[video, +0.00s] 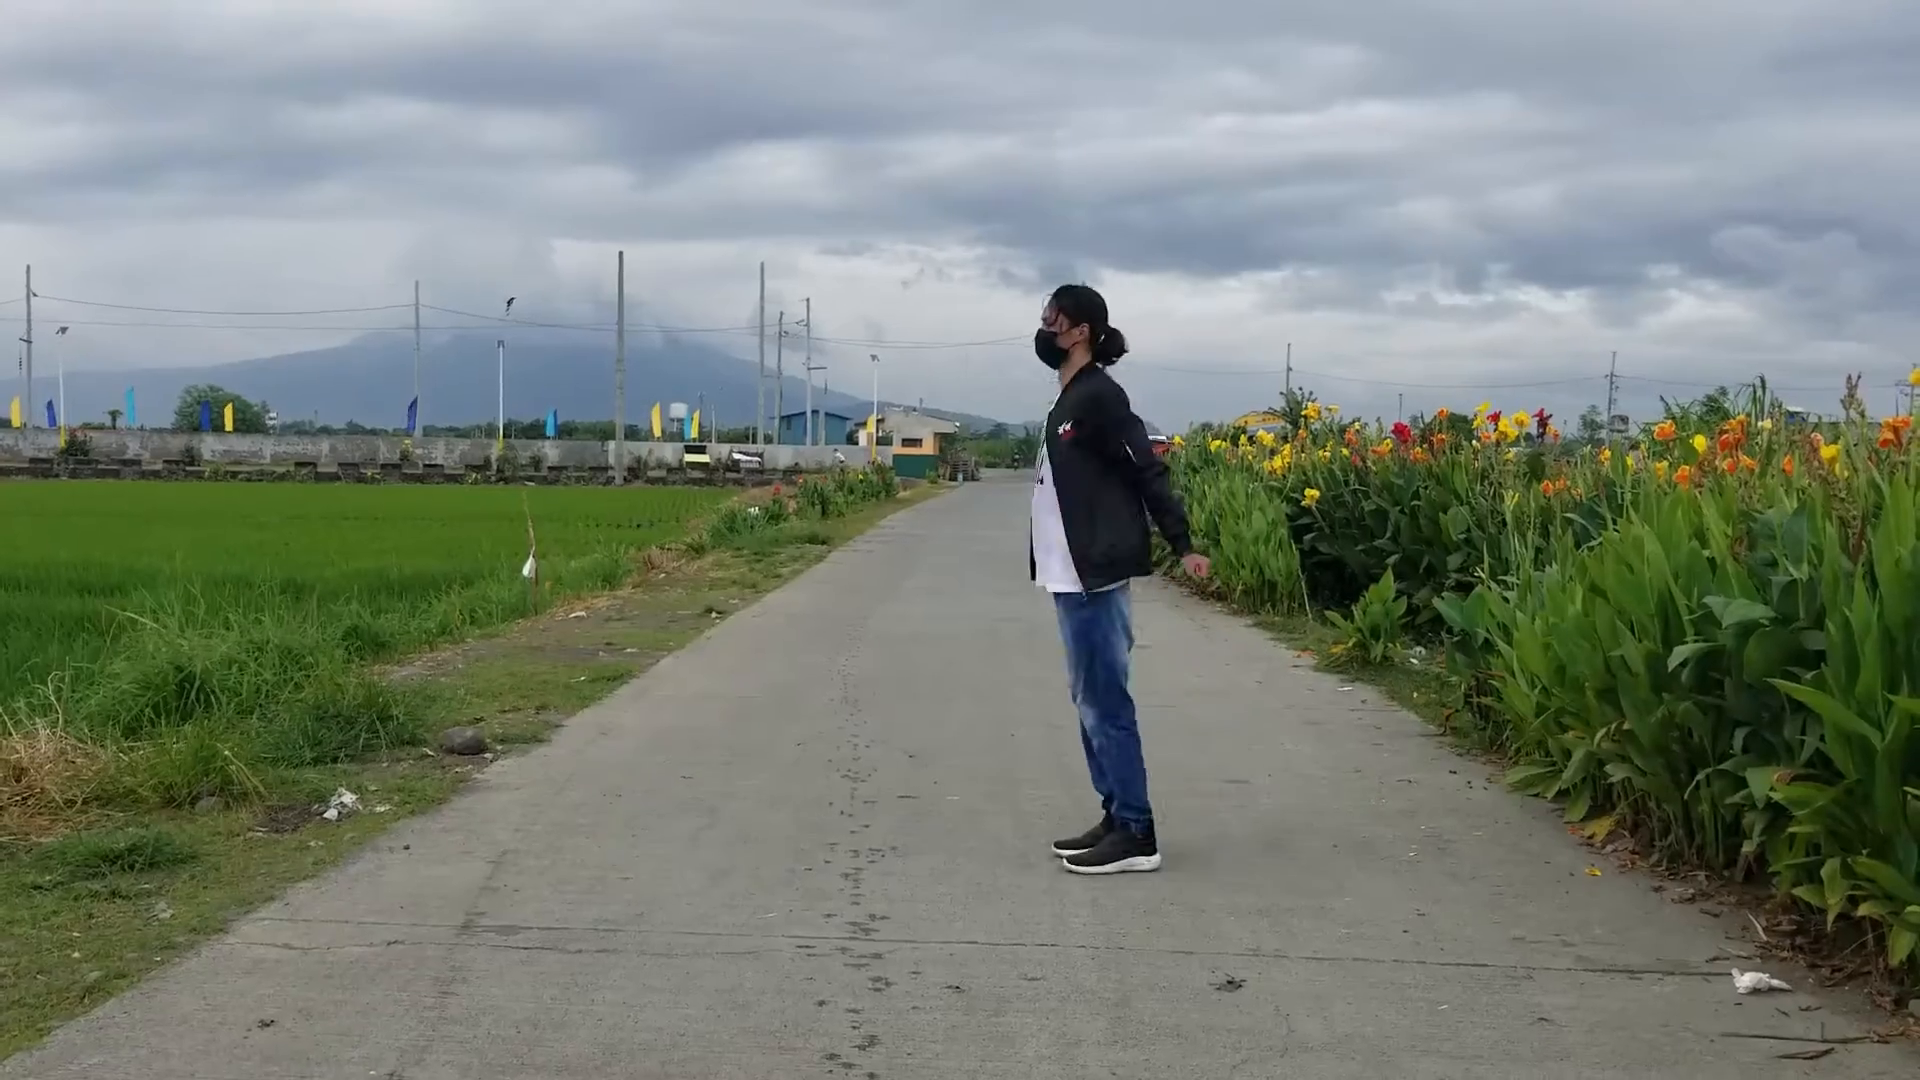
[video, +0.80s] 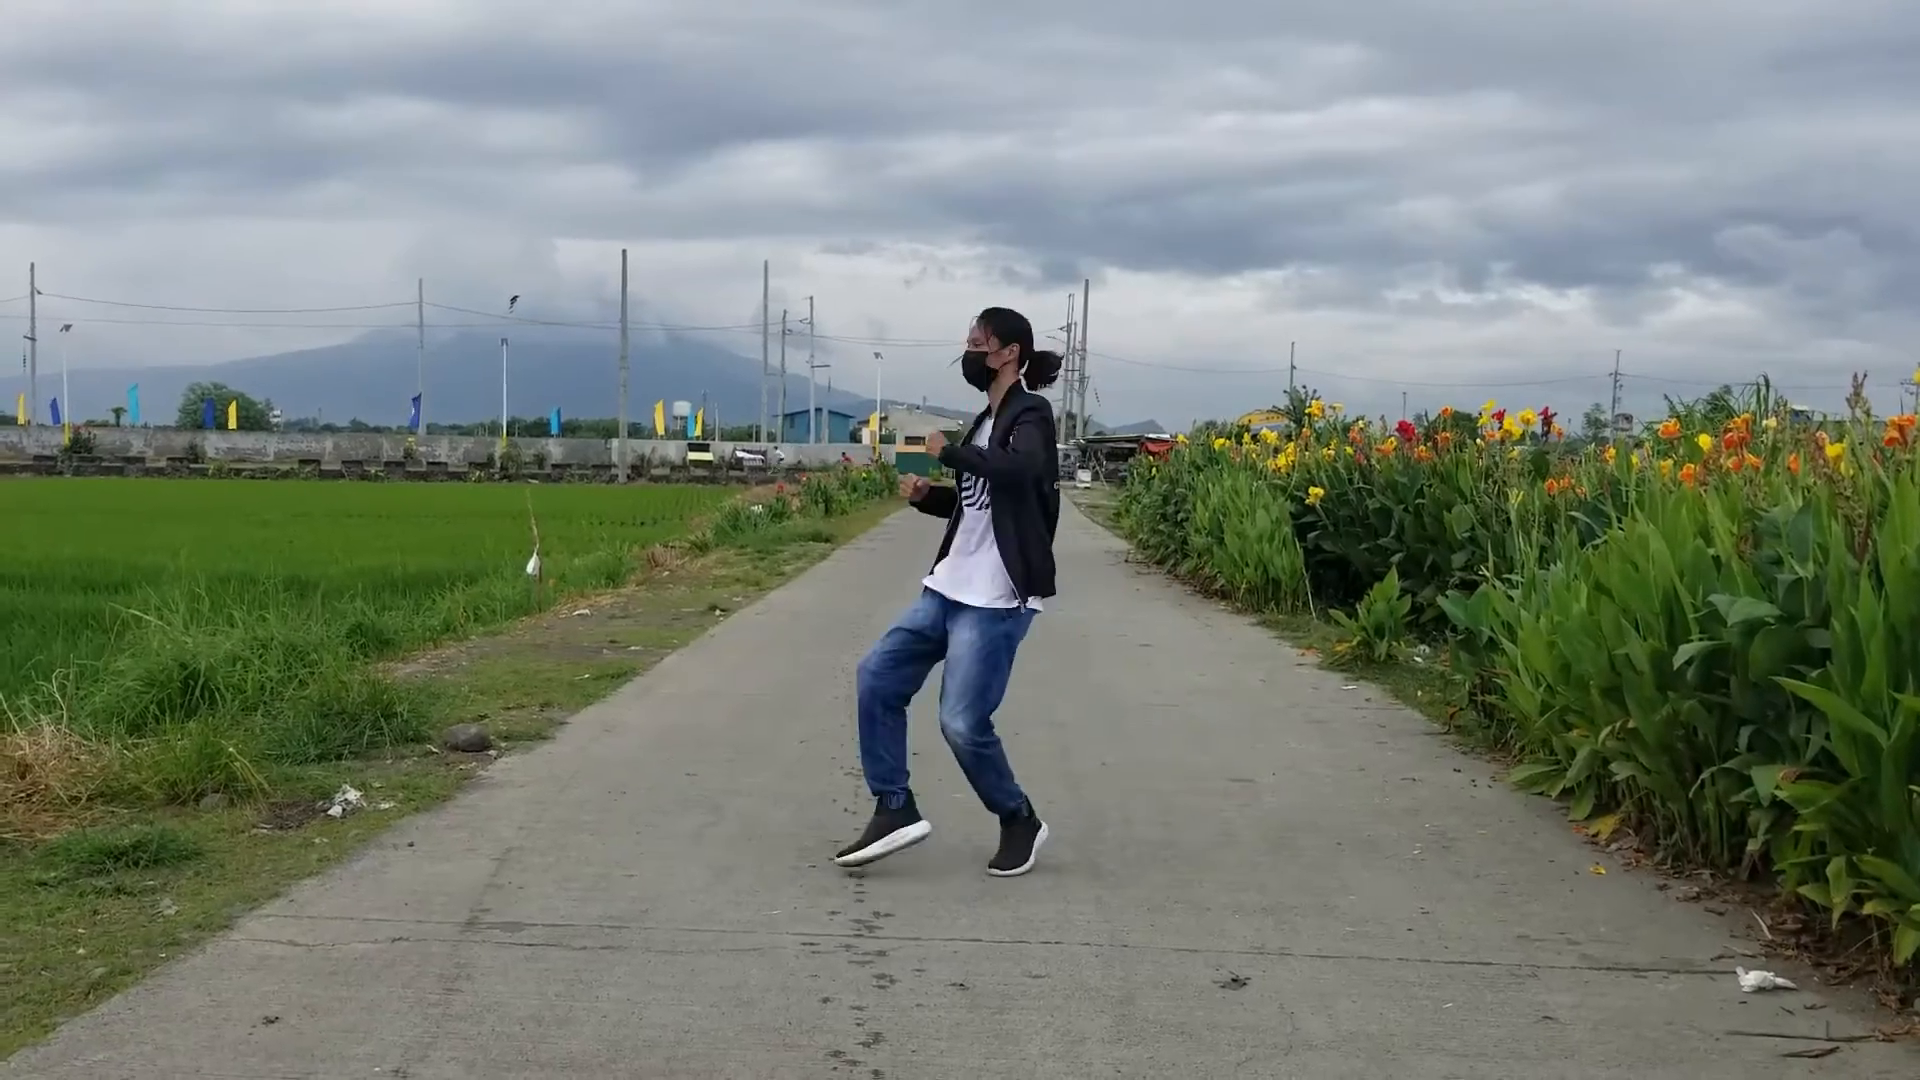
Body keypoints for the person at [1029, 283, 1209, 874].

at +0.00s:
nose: (1045, 325)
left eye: (1056, 317)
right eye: (1047, 316)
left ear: (1084, 330)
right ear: (1071, 333)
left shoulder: (1100, 393)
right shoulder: (1072, 392)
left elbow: (1147, 469)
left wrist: (1185, 544)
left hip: (1095, 577)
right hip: (1072, 576)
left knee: (1106, 705)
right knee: (1090, 702)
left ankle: (1136, 833)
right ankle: (1116, 821)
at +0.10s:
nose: (1035, 317)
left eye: (1045, 310)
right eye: (1036, 309)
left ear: (1071, 324)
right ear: (1056, 324)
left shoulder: (1090, 389)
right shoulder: (1054, 391)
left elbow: (1136, 468)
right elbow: (1071, 478)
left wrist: (1140, 551)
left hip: (1073, 574)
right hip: (1044, 572)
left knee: (1074, 700)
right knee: (1046, 696)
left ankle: (1126, 826)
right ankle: (1102, 811)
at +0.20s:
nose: (1013, 323)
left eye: (1024, 315)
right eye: (1015, 314)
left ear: (1054, 328)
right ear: (1039, 328)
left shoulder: (1063, 394)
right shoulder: (1029, 385)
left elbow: (1086, 482)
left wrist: (1097, 571)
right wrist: (978, 333)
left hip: (1063, 573)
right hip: (1035, 567)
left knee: (1016, 691)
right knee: (1029, 692)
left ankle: (1080, 804)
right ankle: (1048, 806)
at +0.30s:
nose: (1006, 336)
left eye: (1018, 330)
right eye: (1005, 328)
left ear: (1045, 344)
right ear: (1008, 340)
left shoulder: (1050, 399)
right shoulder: (1001, 393)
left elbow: (1062, 491)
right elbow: (944, 384)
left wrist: (1029, 578)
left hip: (1059, 578)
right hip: (1022, 571)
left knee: (995, 713)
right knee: (1011, 702)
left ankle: (1038, 826)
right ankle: (1034, 811)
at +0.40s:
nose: (1008, 338)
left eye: (1021, 330)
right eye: (1001, 331)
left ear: (1045, 345)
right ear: (994, 345)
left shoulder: (1059, 398)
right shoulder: (986, 401)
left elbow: (1058, 463)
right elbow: (931, 431)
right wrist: (863, 432)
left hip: (1052, 588)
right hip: (998, 584)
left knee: (1006, 712)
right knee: (937, 687)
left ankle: (1039, 828)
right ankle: (991, 784)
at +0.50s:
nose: (1013, 341)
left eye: (1025, 334)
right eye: (1003, 334)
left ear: (1043, 349)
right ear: (990, 348)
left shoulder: (1058, 397)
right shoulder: (967, 411)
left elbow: (1033, 419)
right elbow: (912, 462)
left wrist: (965, 402)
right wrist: (867, 514)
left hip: (1045, 592)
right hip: (982, 592)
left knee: (1004, 718)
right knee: (926, 693)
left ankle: (1030, 825)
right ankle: (927, 835)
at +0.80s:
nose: (970, 349)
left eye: (980, 342)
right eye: (970, 341)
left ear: (1012, 351)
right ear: (991, 353)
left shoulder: (1032, 414)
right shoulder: (985, 421)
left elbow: (1021, 467)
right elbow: (975, 507)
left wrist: (950, 453)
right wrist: (928, 497)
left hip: (998, 595)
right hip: (948, 585)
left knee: (961, 722)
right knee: (876, 679)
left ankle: (1018, 821)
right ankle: (895, 811)